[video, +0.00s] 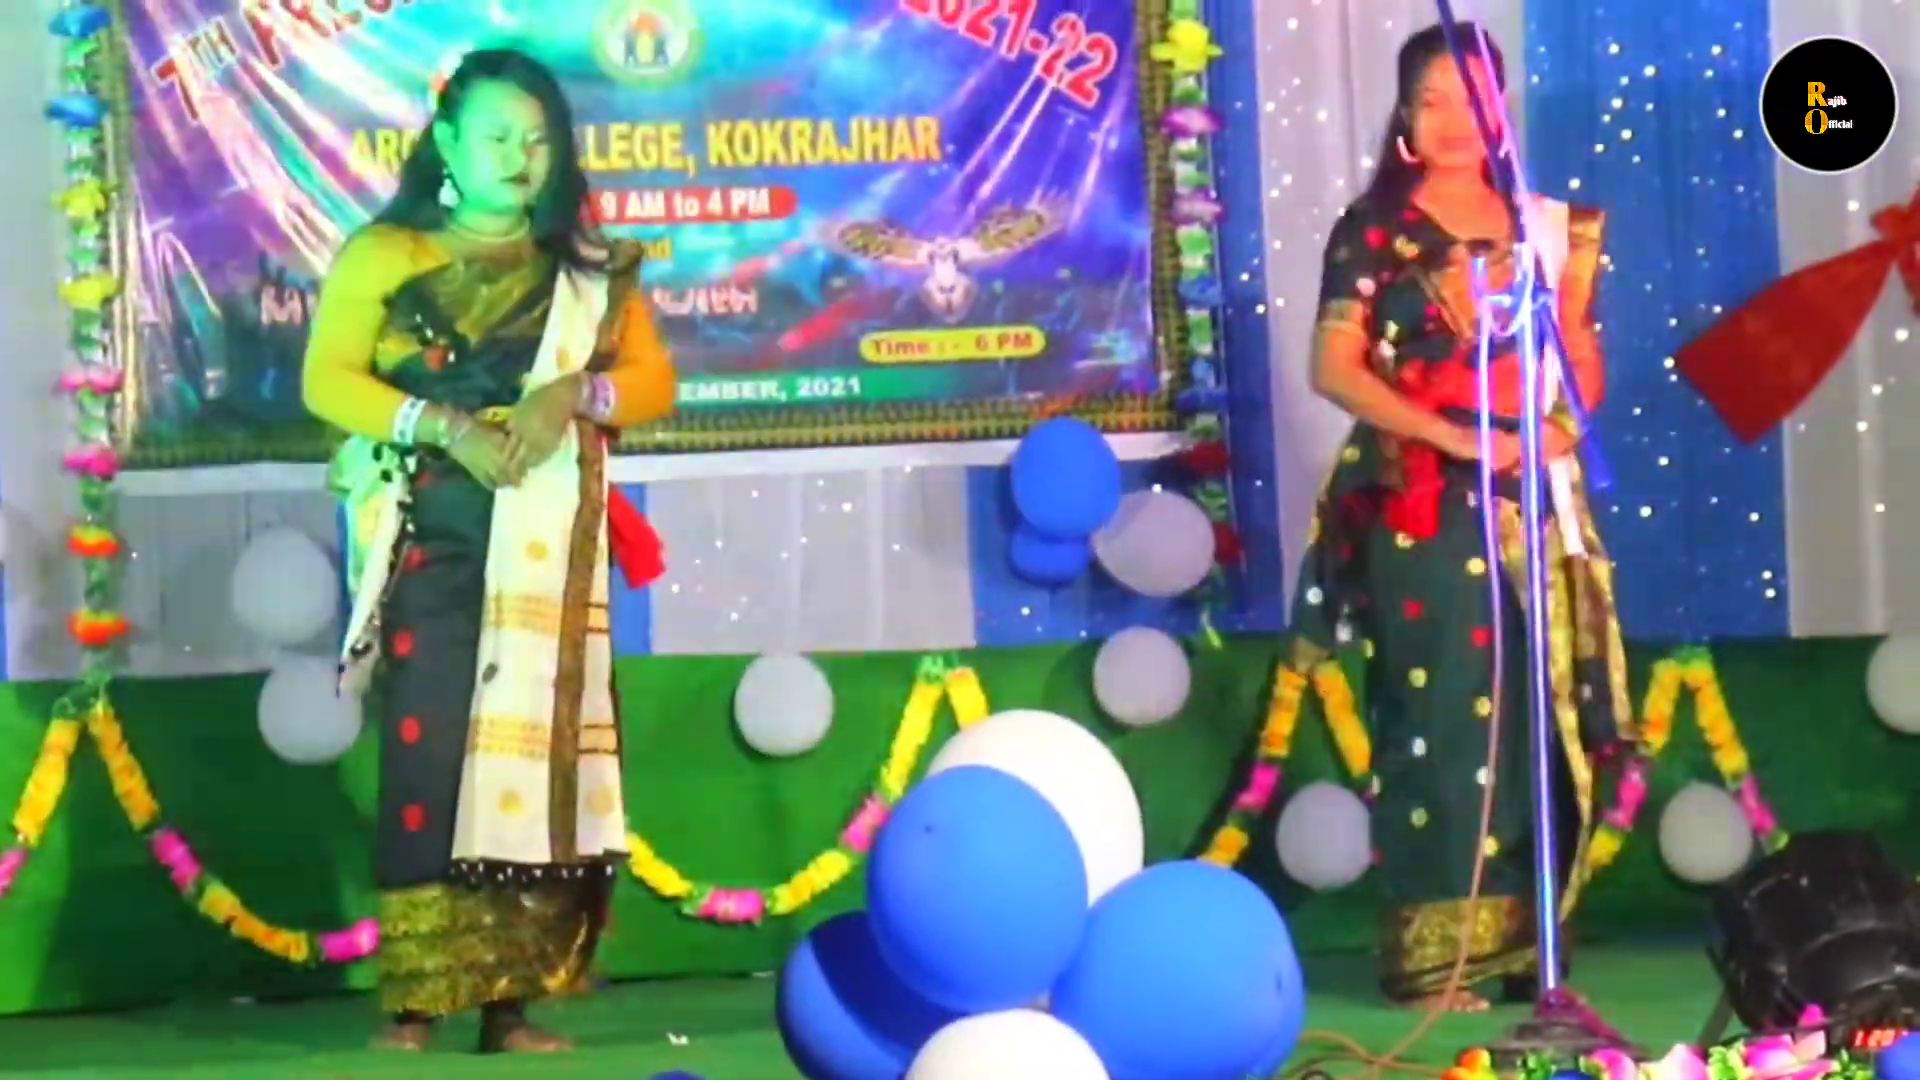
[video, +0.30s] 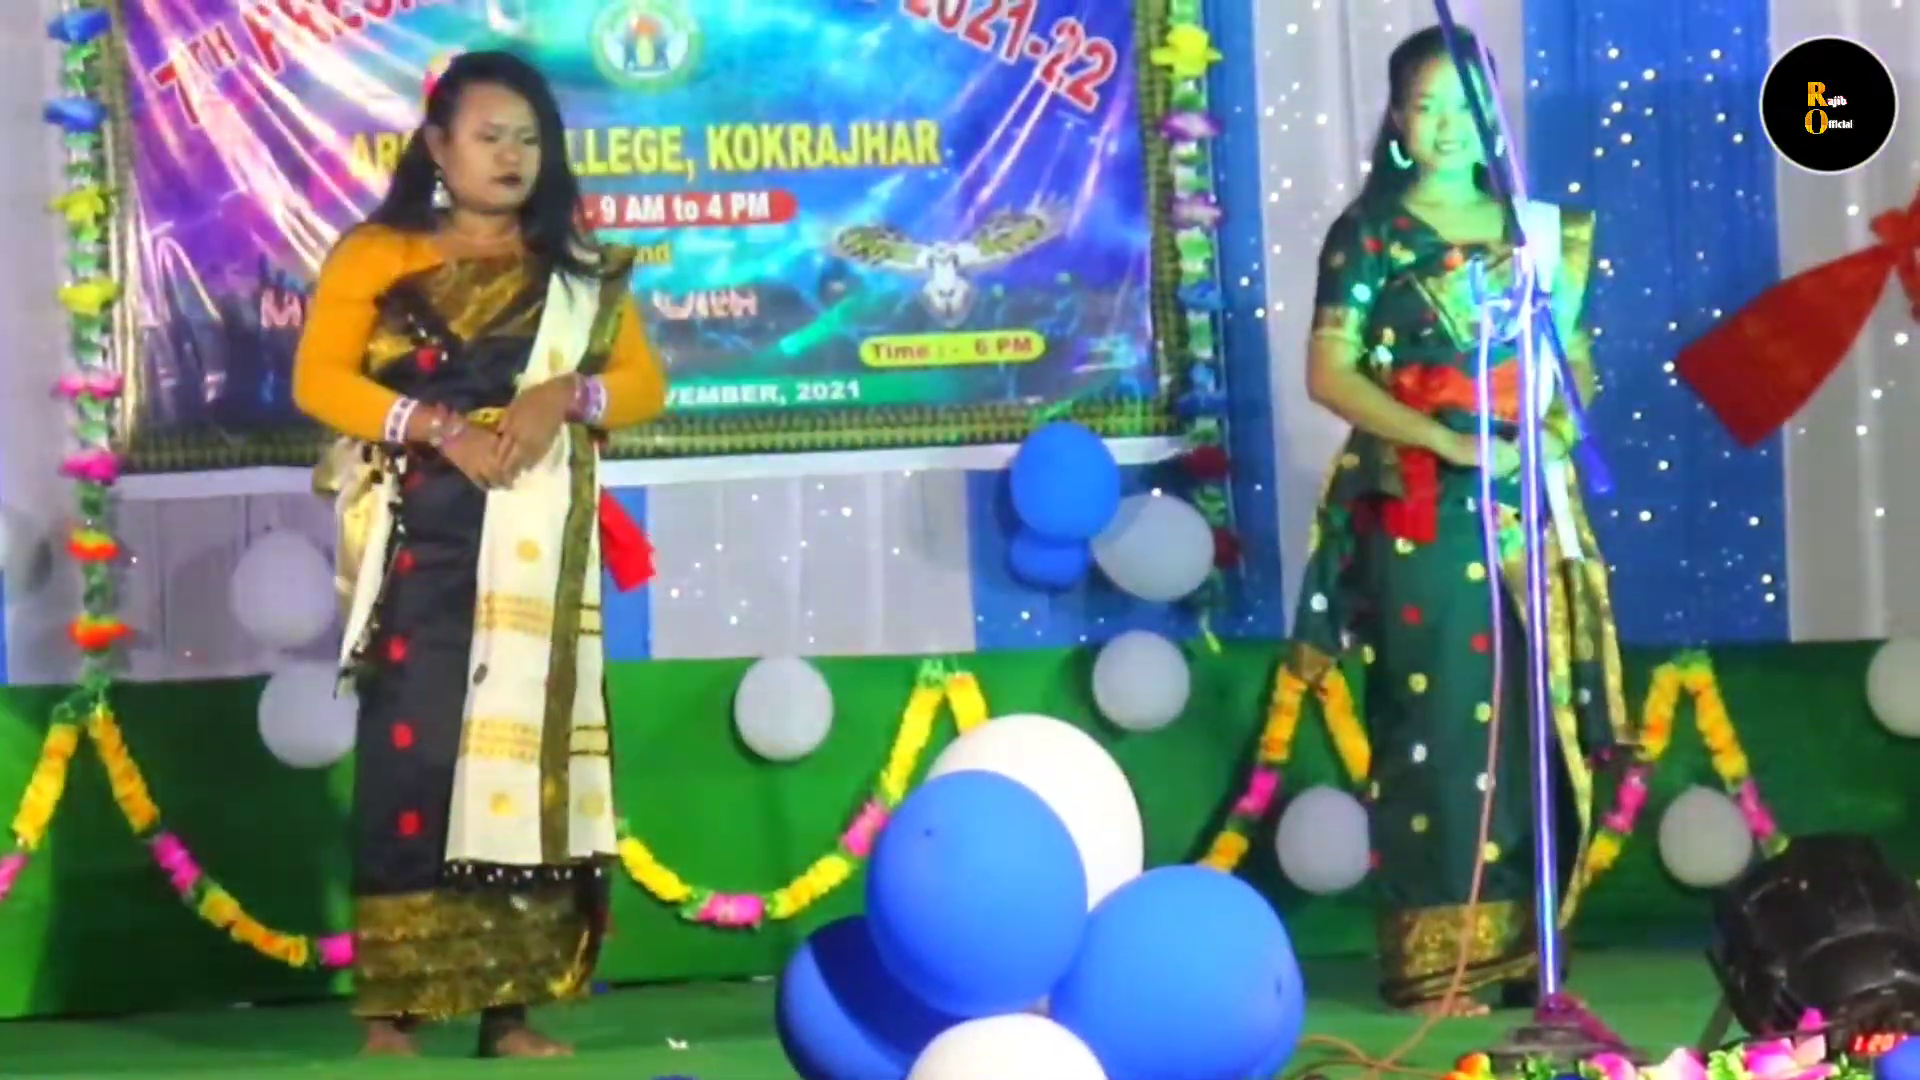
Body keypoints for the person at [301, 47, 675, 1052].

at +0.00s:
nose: (518, 156)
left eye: (536, 137)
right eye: (495, 136)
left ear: (559, 149)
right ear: (448, 143)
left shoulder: (594, 268)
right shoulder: (382, 257)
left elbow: (655, 387)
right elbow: (326, 380)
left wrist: (576, 394)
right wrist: (444, 424)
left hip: (549, 556)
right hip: (433, 550)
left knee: (538, 752)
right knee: (428, 756)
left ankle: (507, 1004)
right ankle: (415, 999)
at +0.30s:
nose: (510, 156)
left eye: (527, 138)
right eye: (488, 137)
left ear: (548, 152)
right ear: (439, 147)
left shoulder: (580, 269)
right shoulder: (376, 256)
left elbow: (648, 385)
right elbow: (317, 378)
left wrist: (566, 394)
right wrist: (435, 423)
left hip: (536, 558)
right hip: (418, 554)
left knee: (530, 762)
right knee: (410, 764)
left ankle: (508, 1011)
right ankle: (390, 1009)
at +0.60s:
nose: (495, 151)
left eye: (514, 136)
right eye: (474, 130)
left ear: (535, 154)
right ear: (425, 140)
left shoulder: (562, 274)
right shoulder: (361, 259)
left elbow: (629, 395)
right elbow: (300, 383)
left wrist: (549, 396)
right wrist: (418, 428)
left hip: (524, 565)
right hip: (406, 559)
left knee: (521, 767)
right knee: (399, 770)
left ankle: (508, 1013)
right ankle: (389, 1014)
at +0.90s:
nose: (481, 154)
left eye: (497, 138)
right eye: (458, 135)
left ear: (515, 153)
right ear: (406, 145)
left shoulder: (546, 272)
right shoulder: (343, 263)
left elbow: (618, 395)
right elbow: (287, 388)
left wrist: (533, 398)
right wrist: (404, 427)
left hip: (516, 557)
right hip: (398, 555)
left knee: (515, 760)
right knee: (394, 764)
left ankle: (507, 1015)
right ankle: (389, 1012)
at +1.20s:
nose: (476, 150)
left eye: (493, 134)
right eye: (452, 131)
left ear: (512, 151)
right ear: (401, 146)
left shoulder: (543, 271)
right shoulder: (339, 262)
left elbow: (615, 389)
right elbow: (284, 388)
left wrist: (529, 399)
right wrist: (401, 427)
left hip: (512, 560)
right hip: (393, 557)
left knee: (513, 760)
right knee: (391, 766)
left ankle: (507, 1012)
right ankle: (386, 1011)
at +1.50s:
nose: (471, 152)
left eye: (488, 135)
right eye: (447, 132)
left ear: (512, 152)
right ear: (398, 147)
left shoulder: (547, 271)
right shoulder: (341, 260)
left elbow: (616, 387)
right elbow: (283, 387)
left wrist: (534, 398)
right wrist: (403, 430)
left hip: (514, 562)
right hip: (396, 559)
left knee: (514, 765)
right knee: (393, 771)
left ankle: (506, 1013)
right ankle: (386, 1012)